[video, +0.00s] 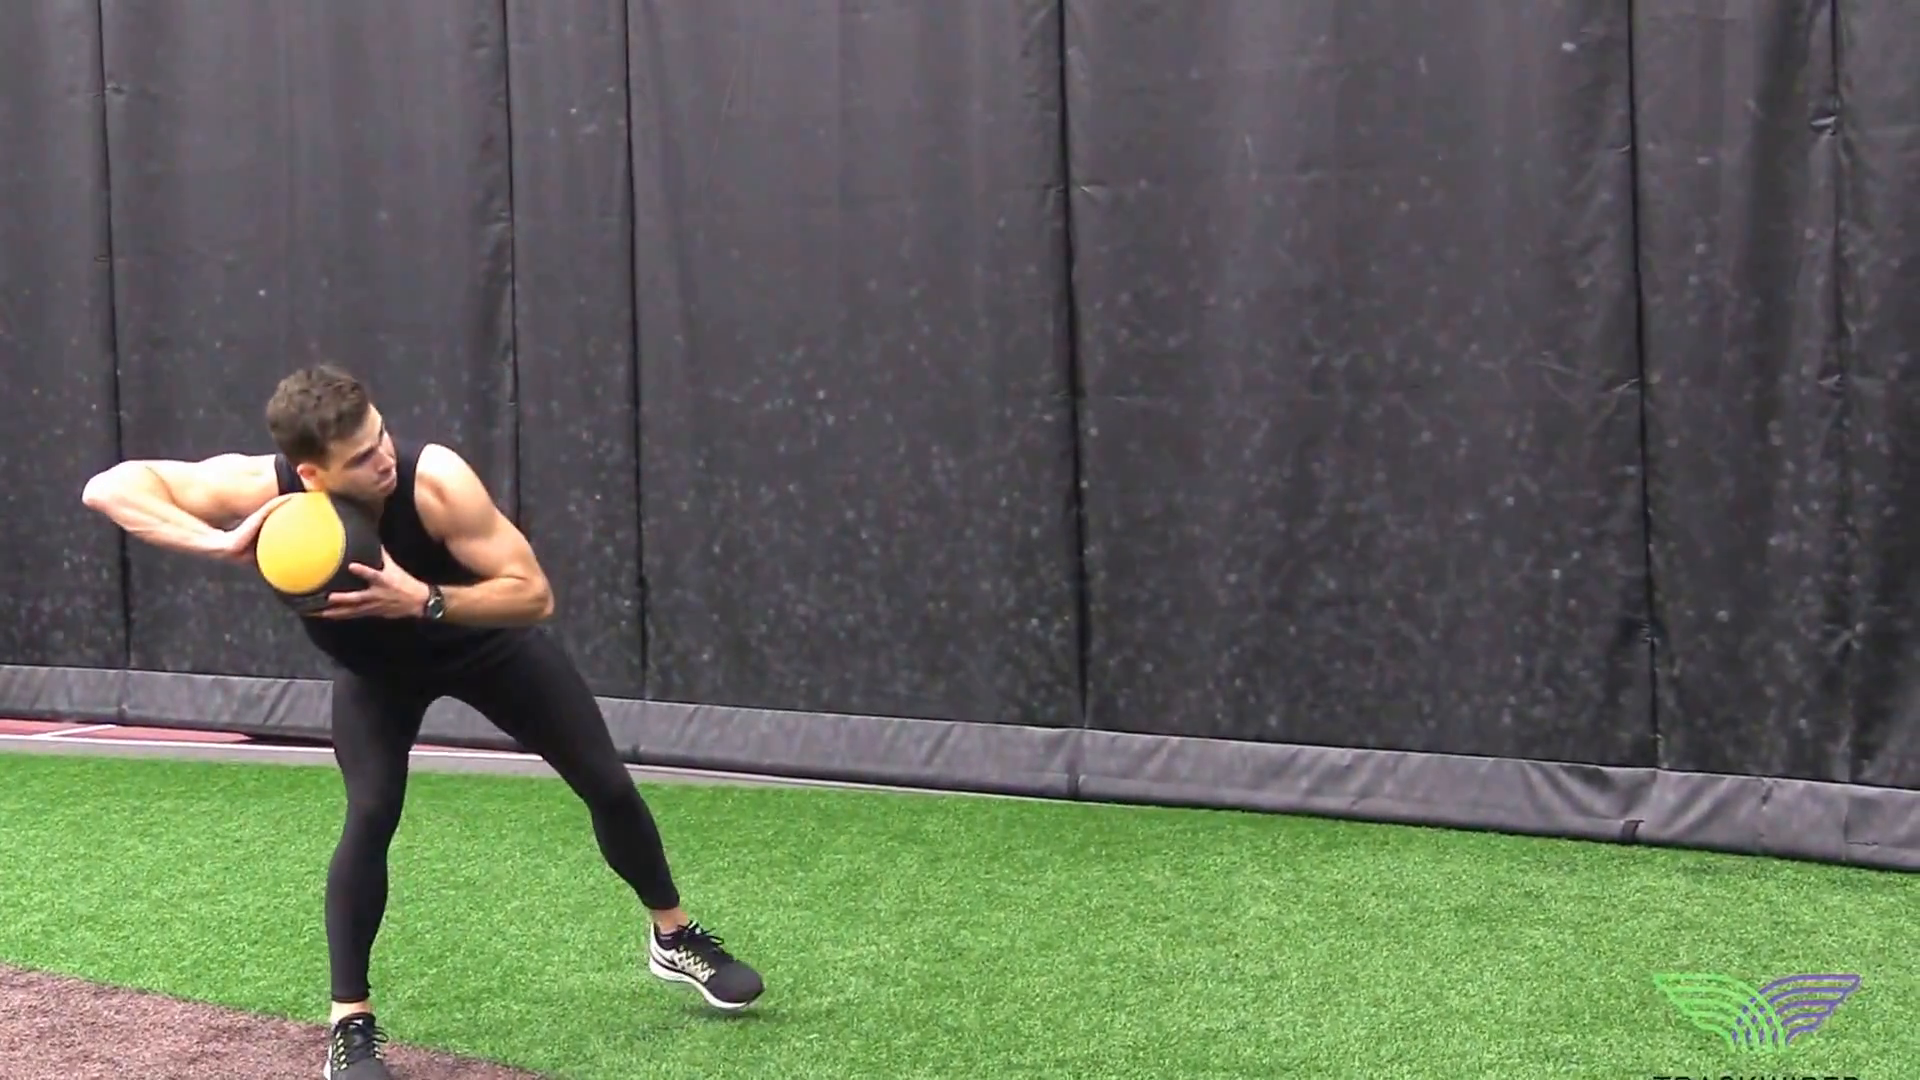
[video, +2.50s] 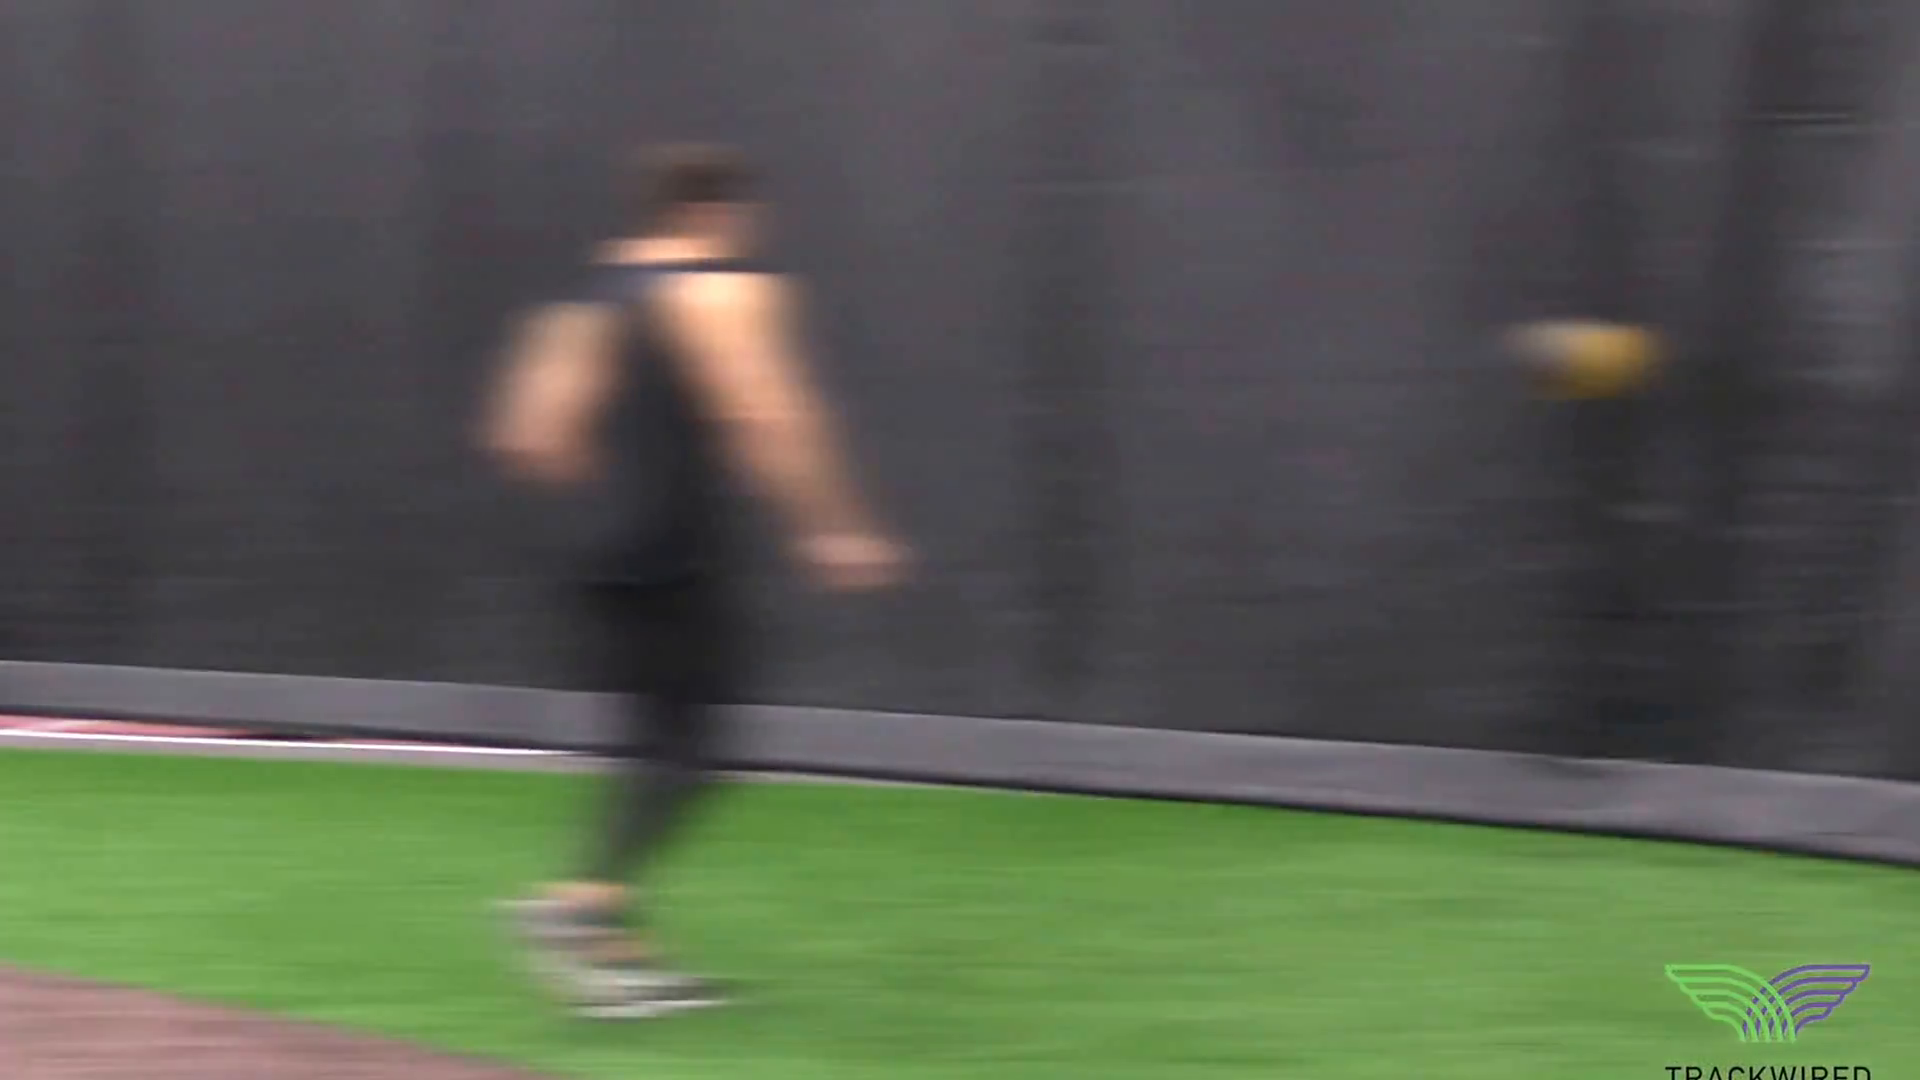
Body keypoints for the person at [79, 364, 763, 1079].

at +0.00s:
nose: (385, 457)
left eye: (382, 438)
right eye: (362, 457)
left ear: (385, 421)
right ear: (309, 471)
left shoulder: (439, 480)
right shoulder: (264, 489)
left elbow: (534, 596)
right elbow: (109, 487)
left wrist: (424, 599)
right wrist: (212, 542)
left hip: (493, 644)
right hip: (376, 667)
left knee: (609, 784)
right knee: (371, 811)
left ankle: (677, 935)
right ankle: (351, 1020)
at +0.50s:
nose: (473, 212)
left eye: (461, 204)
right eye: (462, 207)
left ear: (420, 253)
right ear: (446, 239)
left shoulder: (441, 316)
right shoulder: (470, 319)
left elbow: (532, 300)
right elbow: (563, 298)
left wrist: (578, 228)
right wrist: (624, 207)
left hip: (560, 583)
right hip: (547, 589)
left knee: (620, 767)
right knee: (557, 786)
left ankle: (642, 962)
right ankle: (391, 954)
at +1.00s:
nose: (603, 186)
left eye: (590, 179)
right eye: (596, 181)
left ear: (517, 225)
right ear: (586, 206)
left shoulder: (504, 329)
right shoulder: (656, 270)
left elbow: (477, 466)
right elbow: (657, 363)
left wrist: (485, 378)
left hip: (569, 563)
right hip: (658, 559)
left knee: (611, 762)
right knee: (628, 766)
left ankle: (641, 959)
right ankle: (571, 948)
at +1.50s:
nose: (630, 204)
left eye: (624, 189)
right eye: (623, 192)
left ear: (545, 210)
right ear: (600, 206)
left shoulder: (496, 312)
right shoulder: (648, 284)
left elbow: (493, 429)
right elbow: (795, 263)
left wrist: (542, 362)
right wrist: (914, 239)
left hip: (553, 568)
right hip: (631, 566)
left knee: (602, 764)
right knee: (608, 769)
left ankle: (634, 961)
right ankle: (539, 950)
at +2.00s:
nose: (652, 226)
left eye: (650, 212)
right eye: (649, 211)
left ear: (571, 216)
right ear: (620, 213)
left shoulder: (504, 313)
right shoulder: (651, 287)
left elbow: (501, 438)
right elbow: (796, 265)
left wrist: (555, 462)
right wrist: (909, 230)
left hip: (546, 571)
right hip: (625, 568)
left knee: (602, 763)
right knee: (596, 767)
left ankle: (634, 963)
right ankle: (516, 957)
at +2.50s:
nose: (743, 236)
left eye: (739, 220)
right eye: (738, 221)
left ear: (655, 211)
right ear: (720, 215)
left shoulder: (603, 287)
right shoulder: (718, 286)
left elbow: (534, 430)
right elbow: (768, 416)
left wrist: (617, 471)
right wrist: (834, 526)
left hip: (613, 545)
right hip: (684, 549)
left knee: (663, 737)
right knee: (696, 738)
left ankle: (605, 937)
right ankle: (589, 897)